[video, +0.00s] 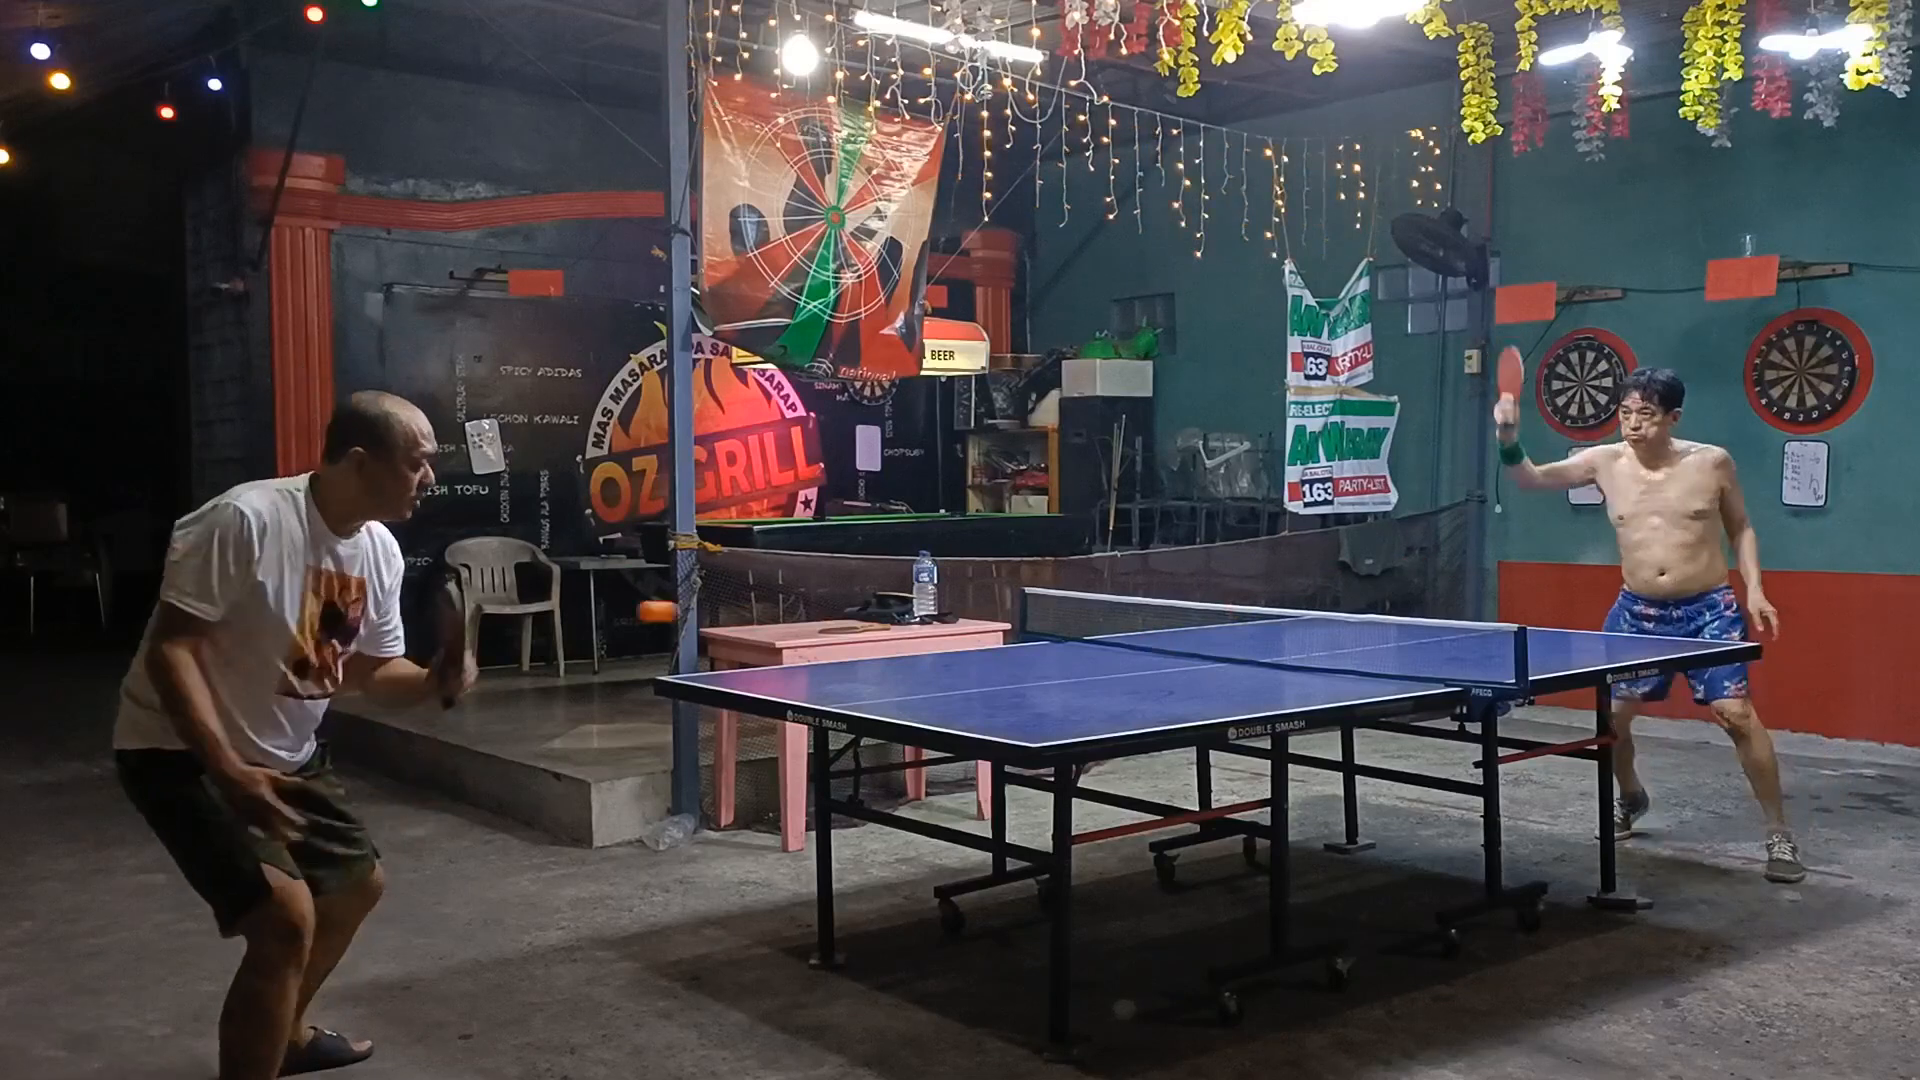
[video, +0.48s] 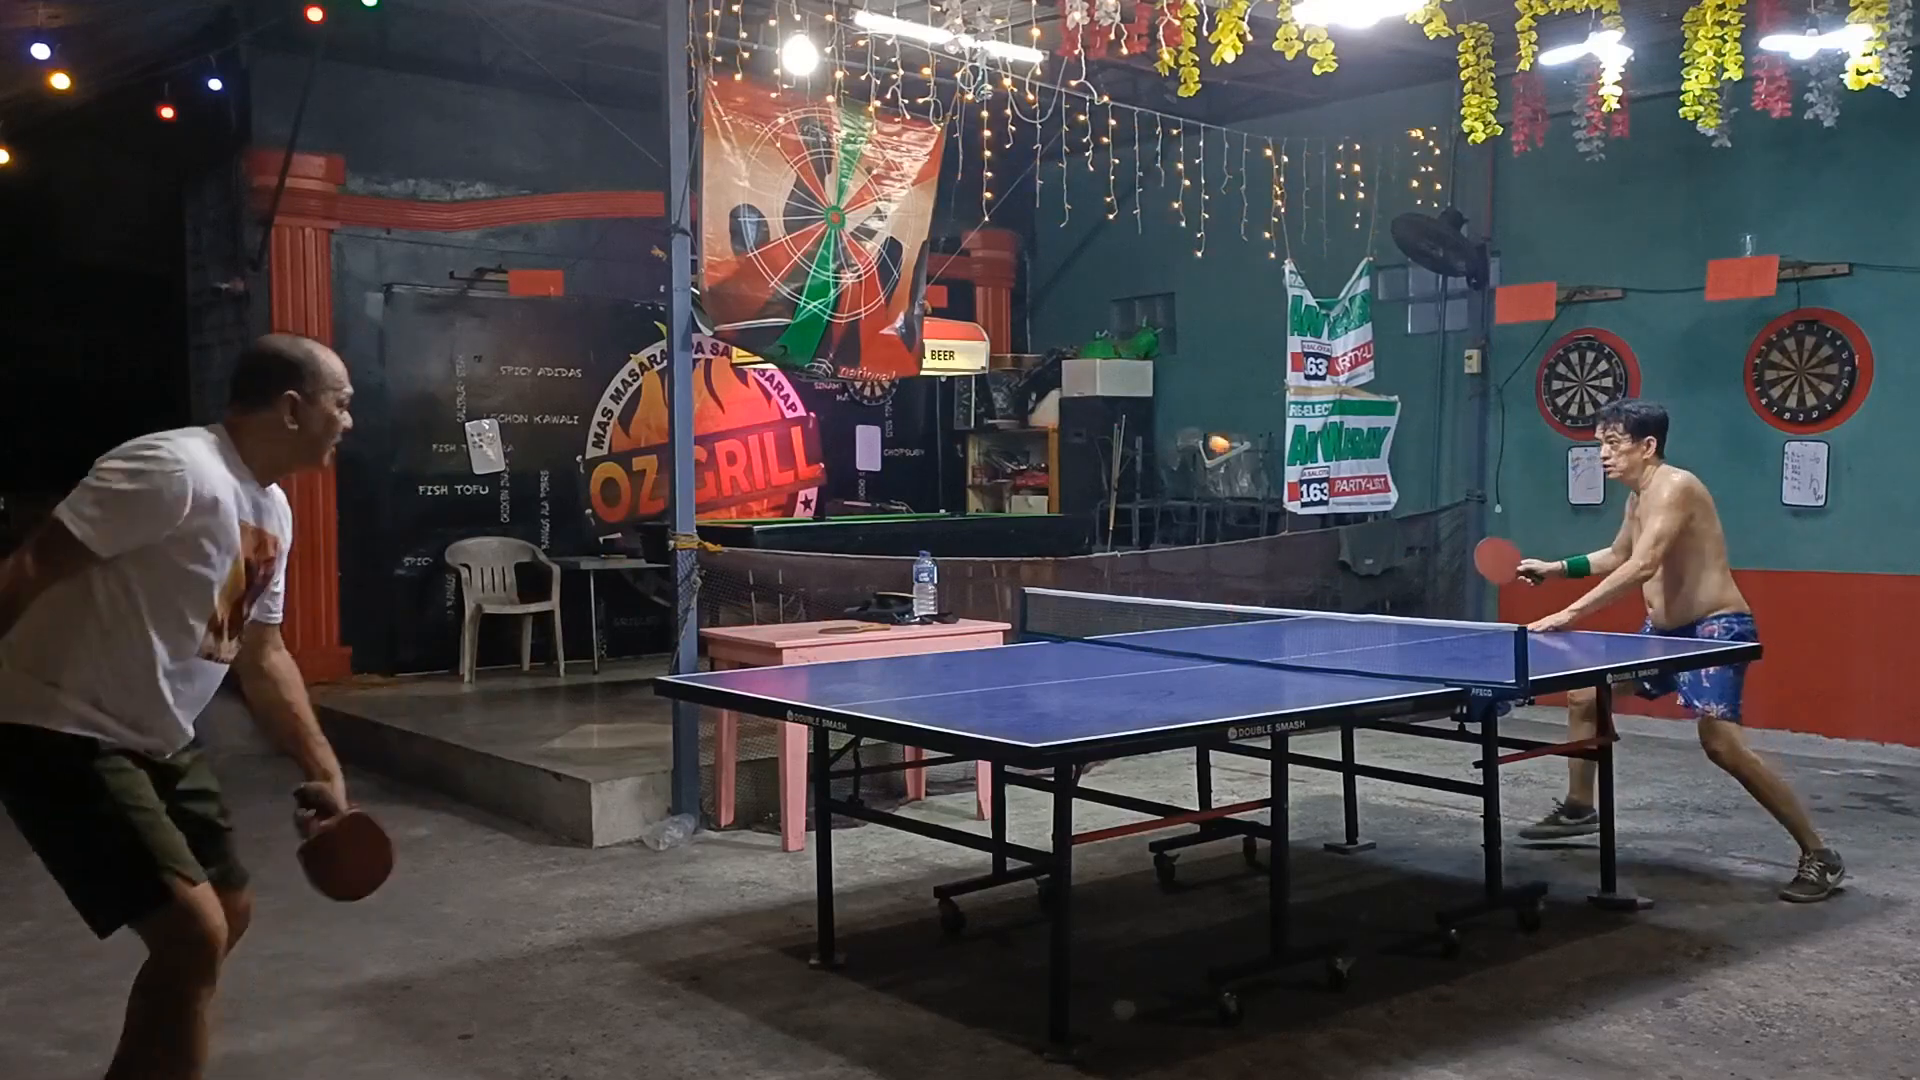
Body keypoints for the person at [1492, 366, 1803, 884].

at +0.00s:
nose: (1633, 423)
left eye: (1645, 415)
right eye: (1626, 413)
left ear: (1672, 417)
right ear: (1619, 414)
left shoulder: (1712, 463)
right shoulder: (1604, 461)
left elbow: (1740, 528)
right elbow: (1530, 477)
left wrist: (1754, 591)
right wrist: (1507, 438)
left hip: (1708, 612)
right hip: (1636, 614)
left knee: (1737, 715)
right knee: (1611, 718)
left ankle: (1778, 833)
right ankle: (1631, 796)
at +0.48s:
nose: (1604, 454)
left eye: (1613, 444)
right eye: (1601, 445)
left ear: (1648, 445)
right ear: (1635, 449)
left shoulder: (1673, 486)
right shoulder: (1637, 497)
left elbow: (1645, 564)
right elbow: (1618, 555)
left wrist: (1571, 613)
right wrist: (1553, 568)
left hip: (1717, 631)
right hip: (1665, 633)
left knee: (1722, 743)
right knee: (1582, 694)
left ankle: (1819, 854)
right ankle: (1578, 809)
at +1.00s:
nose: (1511, 480)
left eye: (1515, 469)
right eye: (1510, 470)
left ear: (1539, 465)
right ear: (1555, 468)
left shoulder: (1546, 487)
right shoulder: (1595, 501)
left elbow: (1549, 532)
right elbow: (1600, 566)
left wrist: (1541, 594)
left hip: (1596, 619)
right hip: (1622, 619)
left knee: (1615, 721)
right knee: (1518, 688)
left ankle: (1723, 812)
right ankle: (1541, 801)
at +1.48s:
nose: (1526, 463)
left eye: (1536, 455)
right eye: (1522, 455)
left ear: (1564, 459)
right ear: (1520, 460)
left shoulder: (1587, 495)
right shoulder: (1544, 503)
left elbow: (1653, 538)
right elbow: (1529, 550)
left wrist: (1642, 593)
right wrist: (1478, 571)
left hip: (1612, 623)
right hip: (1570, 627)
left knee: (1586, 706)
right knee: (1535, 699)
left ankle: (1687, 787)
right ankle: (1571, 779)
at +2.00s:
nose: (1580, 457)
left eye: (1590, 447)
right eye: (1575, 449)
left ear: (1621, 449)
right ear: (1572, 453)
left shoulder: (1651, 484)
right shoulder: (1592, 504)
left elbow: (1652, 548)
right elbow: (1559, 551)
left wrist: (1580, 589)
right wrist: (1509, 558)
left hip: (1699, 624)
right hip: (1642, 629)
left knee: (1730, 728)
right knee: (1576, 705)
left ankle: (1802, 844)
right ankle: (1625, 812)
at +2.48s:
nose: (1457, 507)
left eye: (1458, 495)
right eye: (1452, 500)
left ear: (1484, 478)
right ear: (1475, 490)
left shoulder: (1526, 488)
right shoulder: (1501, 536)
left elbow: (1545, 546)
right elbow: (1465, 589)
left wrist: (1505, 616)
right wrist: (1418, 564)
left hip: (1618, 618)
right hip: (1575, 635)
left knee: (1663, 730)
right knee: (1496, 699)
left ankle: (1770, 823)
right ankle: (1503, 816)